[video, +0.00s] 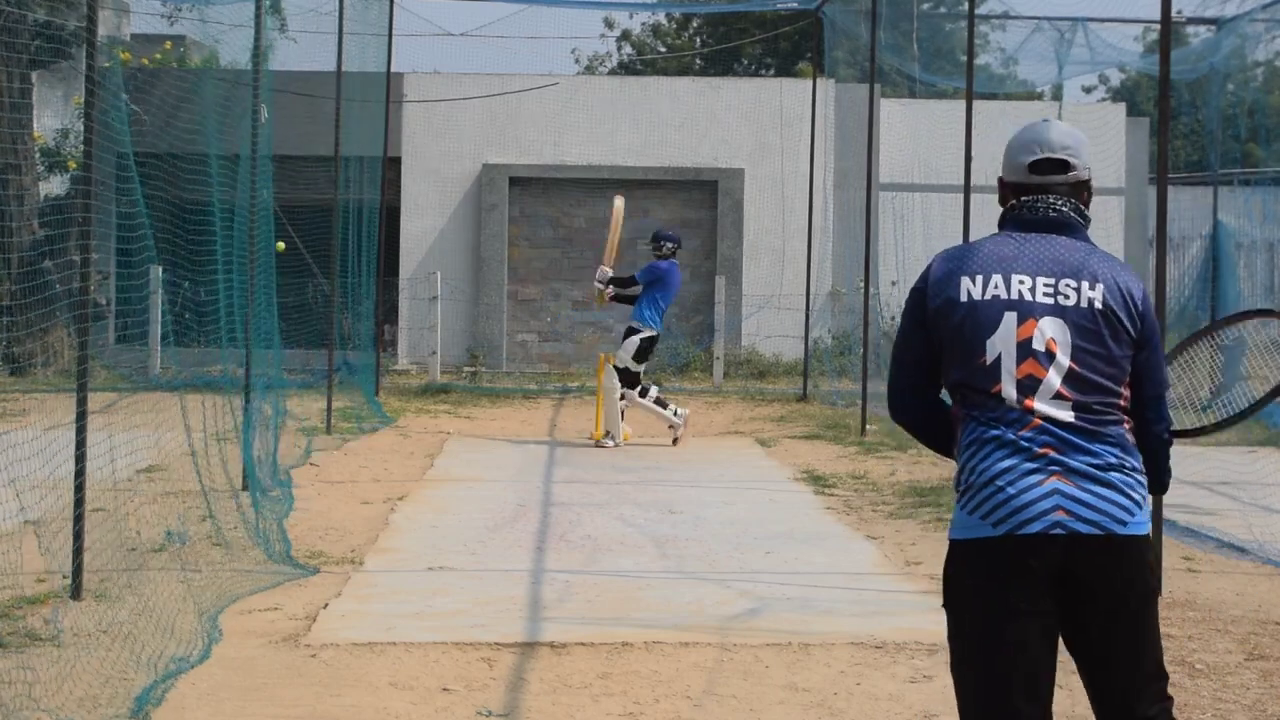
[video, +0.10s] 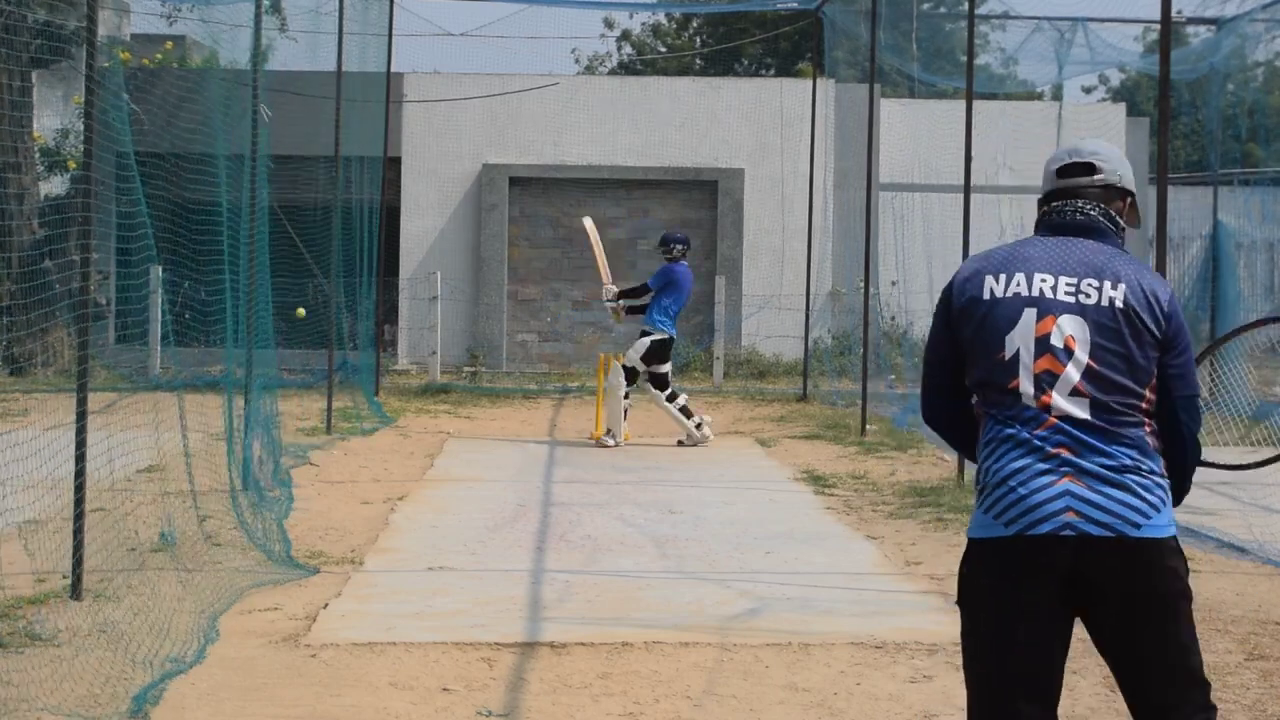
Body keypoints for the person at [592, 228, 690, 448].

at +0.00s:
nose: (653, 250)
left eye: (657, 247)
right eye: (654, 246)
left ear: (666, 248)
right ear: (671, 249)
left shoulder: (661, 267)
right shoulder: (671, 271)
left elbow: (627, 283)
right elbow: (641, 301)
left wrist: (607, 278)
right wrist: (613, 295)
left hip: (641, 332)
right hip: (644, 332)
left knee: (620, 383)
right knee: (627, 387)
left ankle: (614, 433)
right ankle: (675, 416)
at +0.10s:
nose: (664, 253)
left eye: (666, 250)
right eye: (664, 249)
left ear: (674, 250)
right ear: (683, 251)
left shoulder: (671, 270)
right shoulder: (684, 273)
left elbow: (642, 290)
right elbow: (655, 307)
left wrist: (616, 294)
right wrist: (625, 309)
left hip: (653, 337)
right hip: (663, 337)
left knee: (621, 378)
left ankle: (615, 433)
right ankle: (697, 428)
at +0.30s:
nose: (673, 251)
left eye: (676, 247)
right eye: (672, 247)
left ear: (684, 245)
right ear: (691, 246)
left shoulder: (683, 265)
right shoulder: (694, 267)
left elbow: (655, 292)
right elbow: (668, 305)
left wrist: (630, 295)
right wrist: (640, 310)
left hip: (671, 332)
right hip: (679, 333)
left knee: (639, 373)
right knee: (674, 386)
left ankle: (627, 432)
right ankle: (700, 434)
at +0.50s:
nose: (672, 245)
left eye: (674, 241)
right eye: (671, 241)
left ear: (682, 239)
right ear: (690, 239)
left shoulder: (683, 260)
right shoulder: (693, 261)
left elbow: (656, 287)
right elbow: (666, 295)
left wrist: (627, 289)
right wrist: (636, 300)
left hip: (675, 328)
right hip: (686, 328)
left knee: (647, 371)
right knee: (682, 381)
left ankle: (646, 432)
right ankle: (701, 433)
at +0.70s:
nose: (663, 246)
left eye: (666, 242)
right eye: (663, 242)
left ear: (675, 240)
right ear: (679, 240)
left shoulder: (677, 263)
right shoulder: (684, 261)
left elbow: (655, 296)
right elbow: (658, 296)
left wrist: (625, 308)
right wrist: (633, 308)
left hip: (675, 327)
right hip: (681, 326)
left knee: (652, 374)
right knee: (686, 381)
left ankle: (649, 436)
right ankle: (701, 433)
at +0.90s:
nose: (649, 251)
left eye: (652, 247)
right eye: (648, 247)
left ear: (662, 244)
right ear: (650, 246)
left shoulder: (668, 267)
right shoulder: (652, 264)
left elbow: (656, 305)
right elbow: (645, 300)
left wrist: (635, 331)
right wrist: (633, 329)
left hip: (667, 329)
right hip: (654, 329)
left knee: (646, 378)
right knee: (663, 387)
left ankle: (648, 439)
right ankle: (696, 430)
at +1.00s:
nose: (640, 251)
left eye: (643, 246)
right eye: (638, 247)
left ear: (655, 243)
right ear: (638, 246)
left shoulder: (662, 267)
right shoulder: (638, 262)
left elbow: (655, 305)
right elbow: (633, 293)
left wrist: (636, 334)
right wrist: (631, 321)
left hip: (660, 327)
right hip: (642, 326)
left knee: (646, 376)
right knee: (636, 379)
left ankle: (648, 438)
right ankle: (676, 418)